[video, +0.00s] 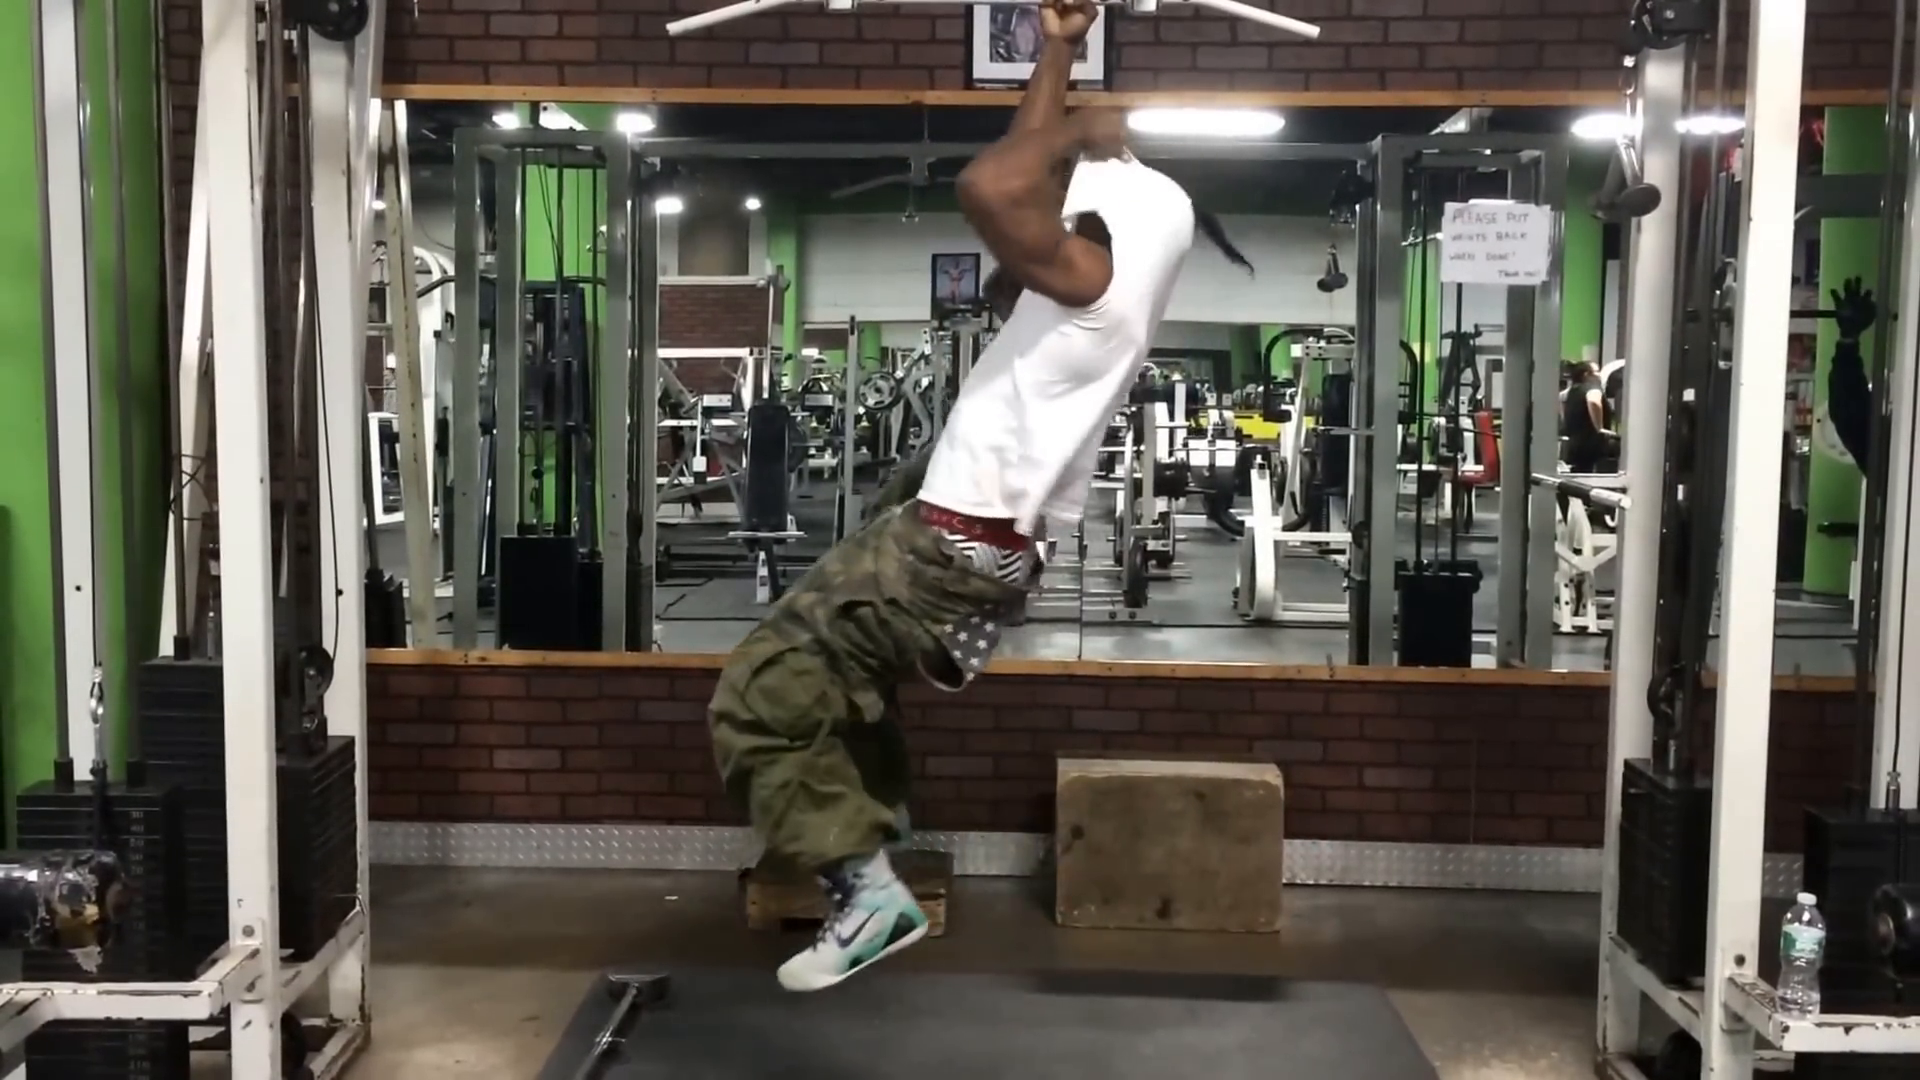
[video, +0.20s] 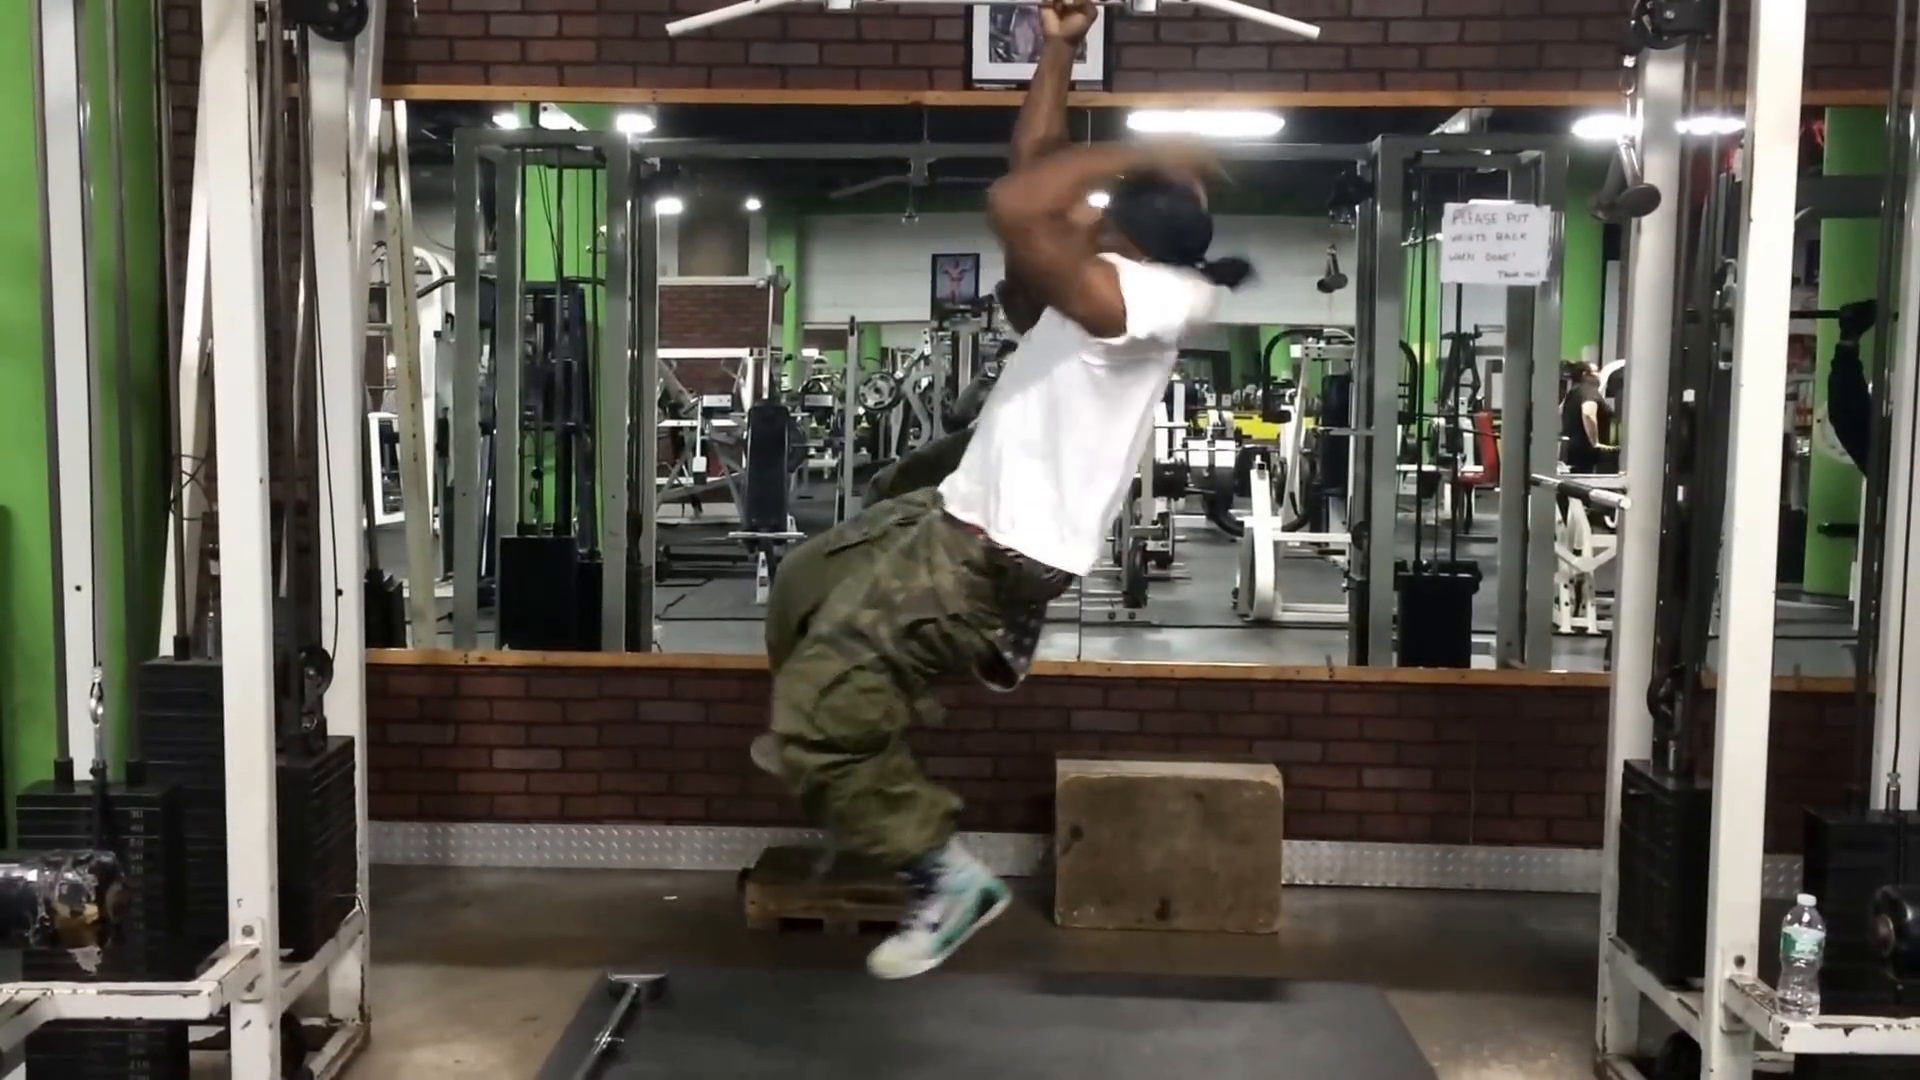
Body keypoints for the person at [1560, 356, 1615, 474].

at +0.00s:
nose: (1599, 375)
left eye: (1598, 371)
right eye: (1596, 371)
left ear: (1581, 376)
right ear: (1586, 375)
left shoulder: (1571, 390)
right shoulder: (1593, 387)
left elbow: (1559, 396)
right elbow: (1593, 402)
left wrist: (1565, 422)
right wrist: (1599, 428)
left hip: (1573, 440)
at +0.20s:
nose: (1599, 374)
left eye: (1597, 371)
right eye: (1595, 371)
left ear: (1584, 375)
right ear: (1585, 375)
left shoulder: (1572, 391)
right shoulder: (1590, 390)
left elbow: (1561, 409)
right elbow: (1588, 415)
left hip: (1571, 446)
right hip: (1585, 448)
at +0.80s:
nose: (1596, 374)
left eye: (1595, 370)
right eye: (1592, 370)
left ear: (1580, 375)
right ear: (1582, 374)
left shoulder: (1567, 390)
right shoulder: (1587, 388)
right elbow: (1586, 404)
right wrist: (1595, 430)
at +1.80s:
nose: (1592, 365)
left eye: (1590, 361)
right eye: (1588, 361)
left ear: (1576, 366)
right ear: (1578, 366)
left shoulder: (1564, 382)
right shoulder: (1585, 380)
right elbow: (1583, 398)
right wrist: (1589, 424)